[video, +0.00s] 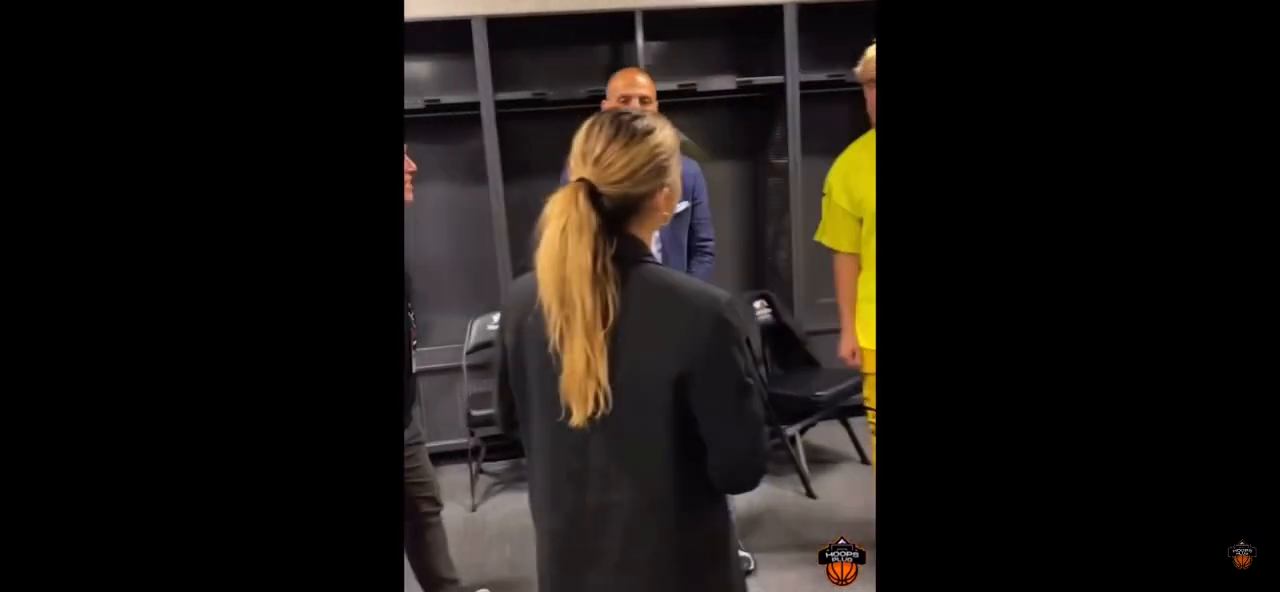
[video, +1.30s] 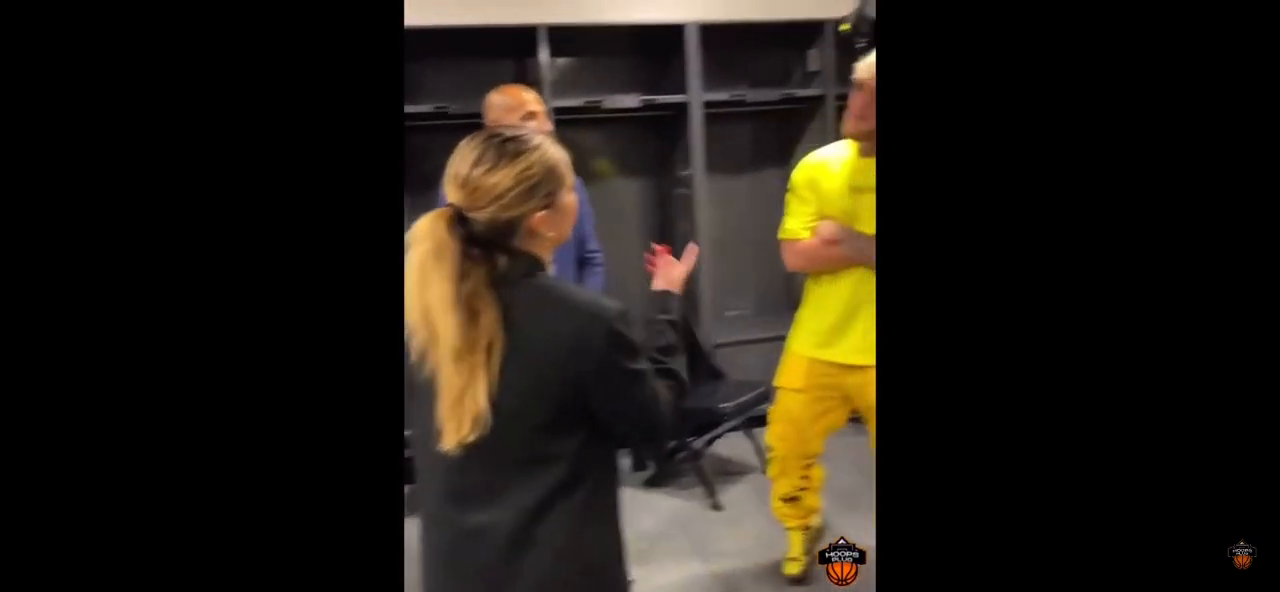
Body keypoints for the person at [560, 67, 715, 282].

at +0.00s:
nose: (635, 109)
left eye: (645, 101)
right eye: (624, 101)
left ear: (656, 107)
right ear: (605, 107)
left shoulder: (686, 170)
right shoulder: (583, 168)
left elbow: (703, 249)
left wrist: (685, 299)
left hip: (669, 300)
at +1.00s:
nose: (612, 111)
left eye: (620, 101)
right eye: (601, 101)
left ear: (626, 104)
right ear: (574, 107)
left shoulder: (654, 169)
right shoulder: (549, 174)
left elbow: (676, 244)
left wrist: (664, 296)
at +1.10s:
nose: (601, 115)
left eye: (603, 104)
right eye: (587, 106)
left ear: (607, 107)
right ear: (553, 115)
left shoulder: (629, 174)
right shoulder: (524, 177)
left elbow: (650, 249)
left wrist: (637, 298)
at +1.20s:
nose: (557, 124)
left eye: (563, 111)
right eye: (546, 116)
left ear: (579, 116)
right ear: (521, 123)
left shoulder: (599, 179)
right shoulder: (494, 183)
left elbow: (622, 251)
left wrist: (611, 307)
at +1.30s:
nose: (547, 127)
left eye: (545, 115)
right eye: (530, 117)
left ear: (551, 119)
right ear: (494, 128)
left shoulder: (567, 185)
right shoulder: (463, 190)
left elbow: (591, 258)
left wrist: (581, 317)